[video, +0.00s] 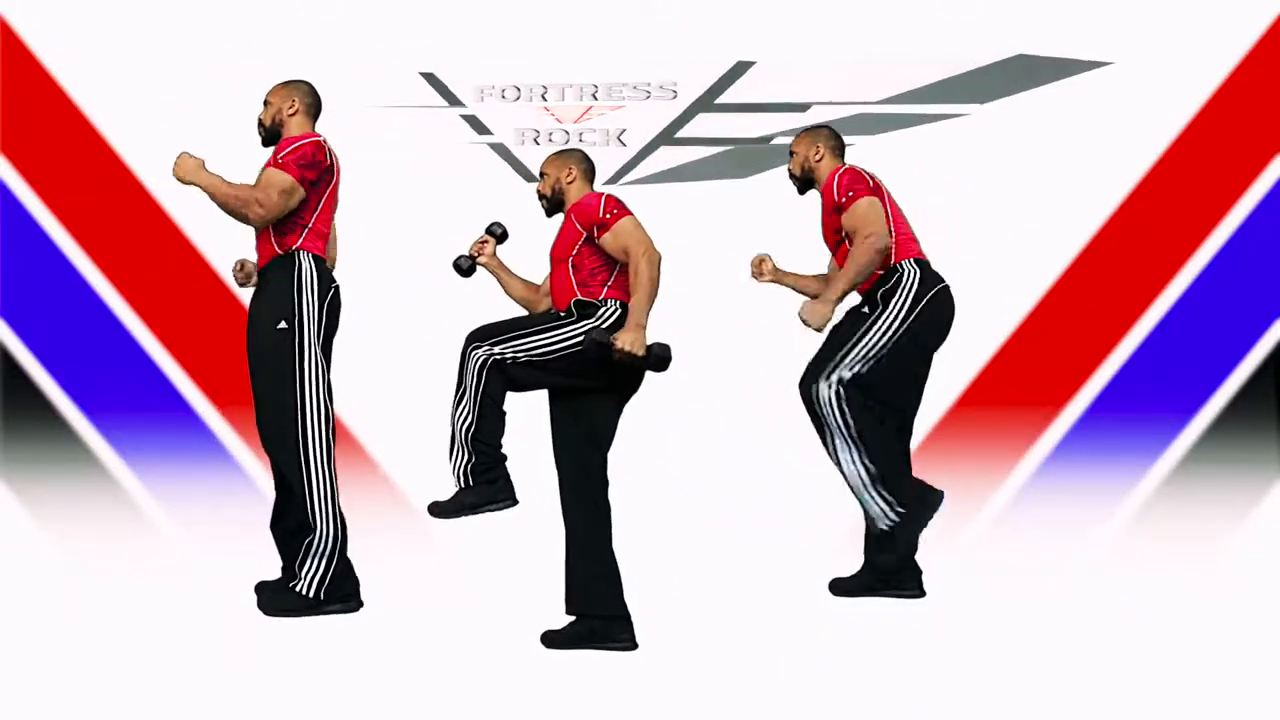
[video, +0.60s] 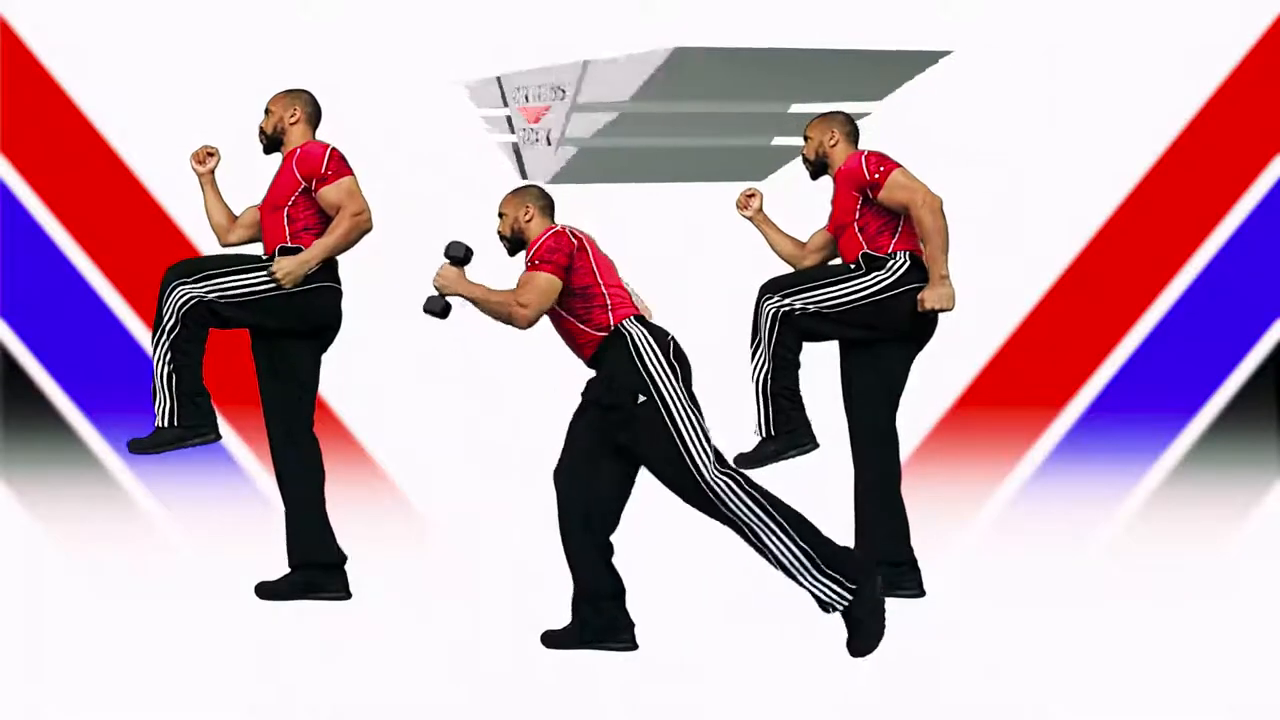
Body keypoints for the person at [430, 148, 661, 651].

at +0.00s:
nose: (538, 187)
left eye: (543, 178)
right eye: (539, 180)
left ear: (568, 175)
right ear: (569, 177)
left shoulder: (593, 203)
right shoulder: (571, 234)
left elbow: (645, 255)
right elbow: (540, 301)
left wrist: (636, 326)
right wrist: (494, 263)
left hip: (599, 321)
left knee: (483, 348)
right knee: (581, 485)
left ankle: (484, 479)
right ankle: (602, 619)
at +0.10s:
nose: (536, 187)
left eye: (541, 178)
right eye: (536, 180)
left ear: (567, 175)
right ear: (567, 177)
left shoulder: (590, 203)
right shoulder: (572, 233)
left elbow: (640, 256)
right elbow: (549, 308)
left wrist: (622, 322)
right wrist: (494, 277)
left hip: (593, 335)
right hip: (604, 349)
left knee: (485, 365)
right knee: (583, 489)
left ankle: (496, 496)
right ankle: (602, 620)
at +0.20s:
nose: (533, 190)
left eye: (538, 180)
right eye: (533, 183)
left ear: (563, 177)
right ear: (567, 178)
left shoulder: (591, 207)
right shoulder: (570, 234)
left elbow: (627, 263)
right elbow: (570, 319)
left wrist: (586, 327)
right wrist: (507, 308)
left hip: (606, 339)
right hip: (610, 352)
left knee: (506, 401)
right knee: (584, 485)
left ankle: (558, 528)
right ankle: (601, 620)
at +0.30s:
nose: (523, 194)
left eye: (527, 184)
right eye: (523, 187)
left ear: (552, 182)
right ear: (557, 184)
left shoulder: (582, 213)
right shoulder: (563, 242)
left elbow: (601, 276)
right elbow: (572, 332)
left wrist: (541, 326)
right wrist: (528, 342)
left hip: (619, 336)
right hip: (602, 347)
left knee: (551, 444)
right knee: (588, 476)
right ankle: (601, 619)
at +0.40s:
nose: (512, 204)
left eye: (516, 193)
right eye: (512, 196)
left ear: (541, 191)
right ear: (546, 193)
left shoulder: (573, 221)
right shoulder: (555, 247)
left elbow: (576, 285)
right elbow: (598, 325)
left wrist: (500, 313)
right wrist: (564, 368)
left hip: (627, 343)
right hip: (602, 361)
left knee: (616, 474)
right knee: (580, 481)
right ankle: (602, 618)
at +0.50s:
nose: (503, 215)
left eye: (507, 205)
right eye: (503, 207)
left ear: (532, 202)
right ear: (536, 204)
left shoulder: (559, 229)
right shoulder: (562, 245)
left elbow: (547, 297)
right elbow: (602, 318)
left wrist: (475, 298)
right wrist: (591, 376)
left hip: (630, 349)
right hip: (606, 366)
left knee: (673, 484)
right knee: (580, 489)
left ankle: (819, 561)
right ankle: (602, 622)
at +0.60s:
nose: (498, 227)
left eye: (503, 217)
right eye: (498, 220)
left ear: (529, 211)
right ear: (533, 218)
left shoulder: (555, 240)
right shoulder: (563, 252)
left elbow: (523, 308)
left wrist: (461, 287)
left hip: (640, 355)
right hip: (613, 373)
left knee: (707, 479)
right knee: (578, 490)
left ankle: (848, 585)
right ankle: (602, 621)